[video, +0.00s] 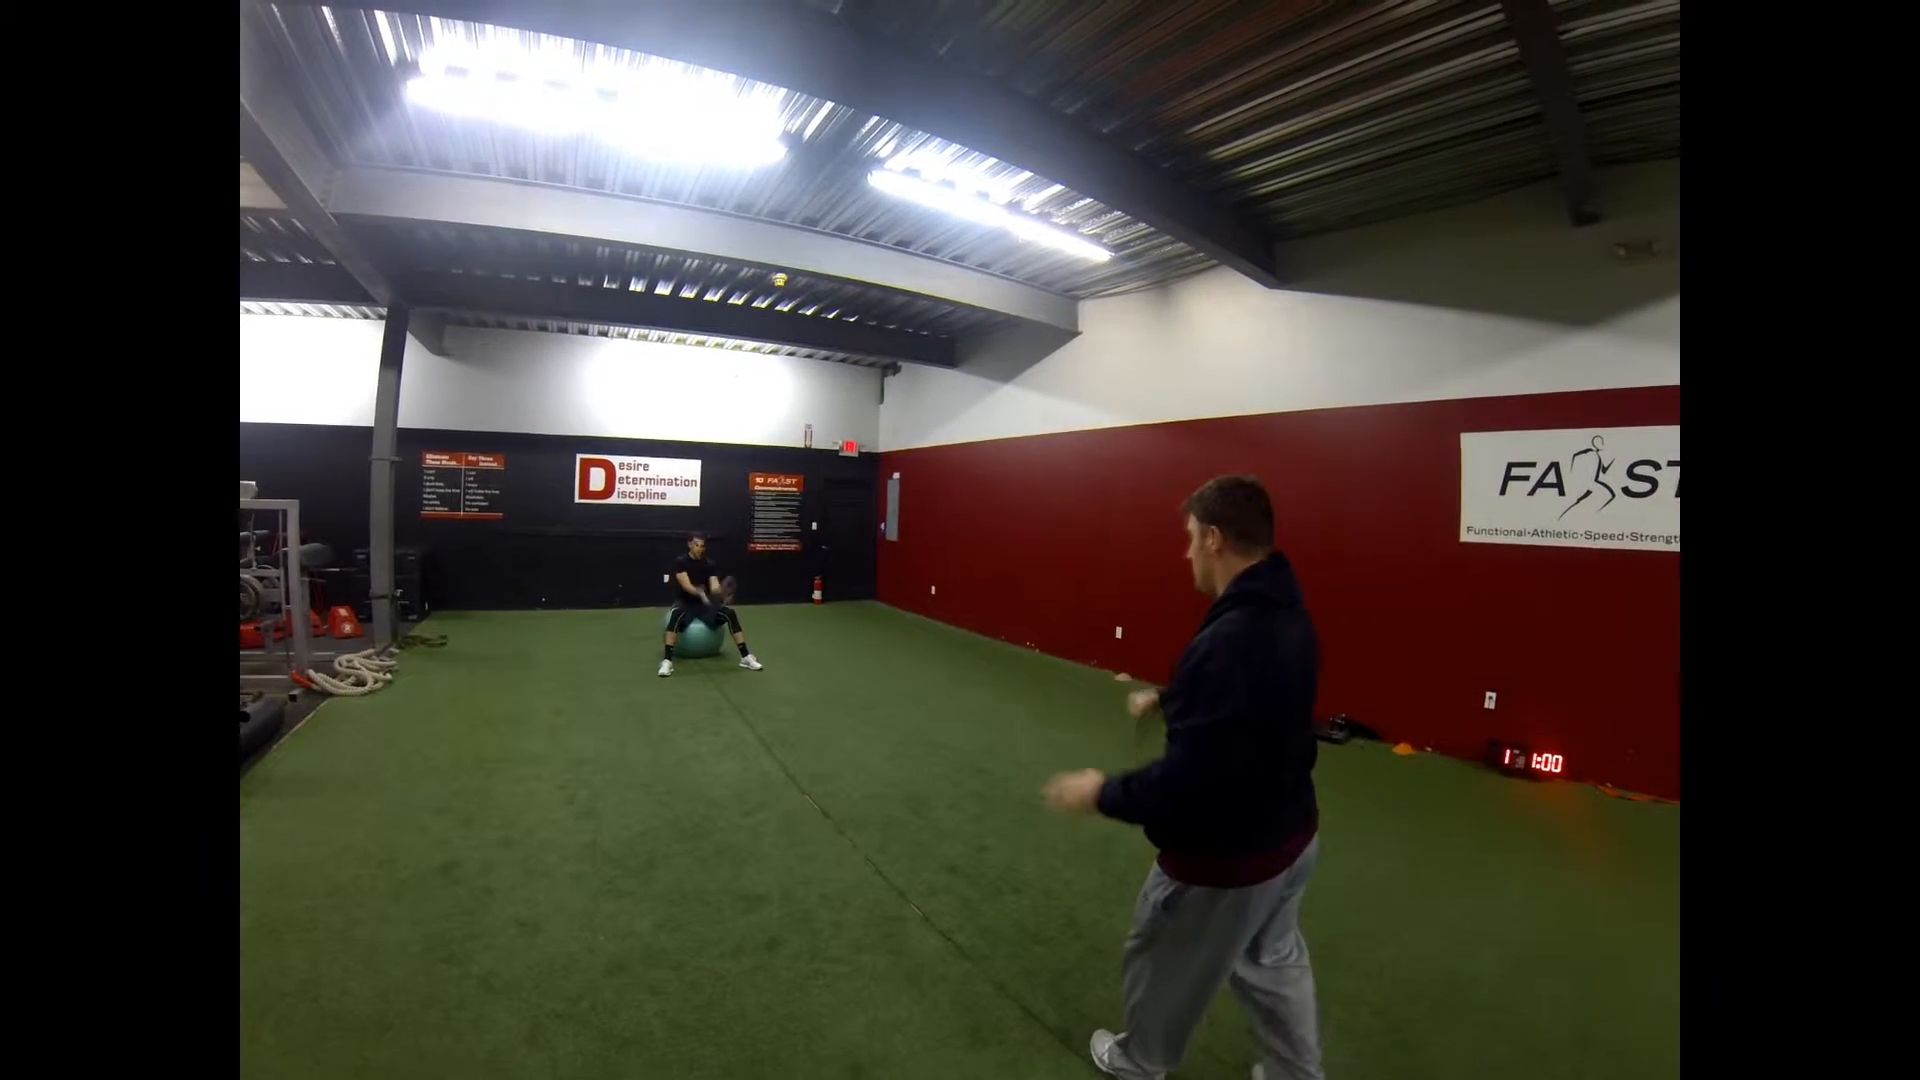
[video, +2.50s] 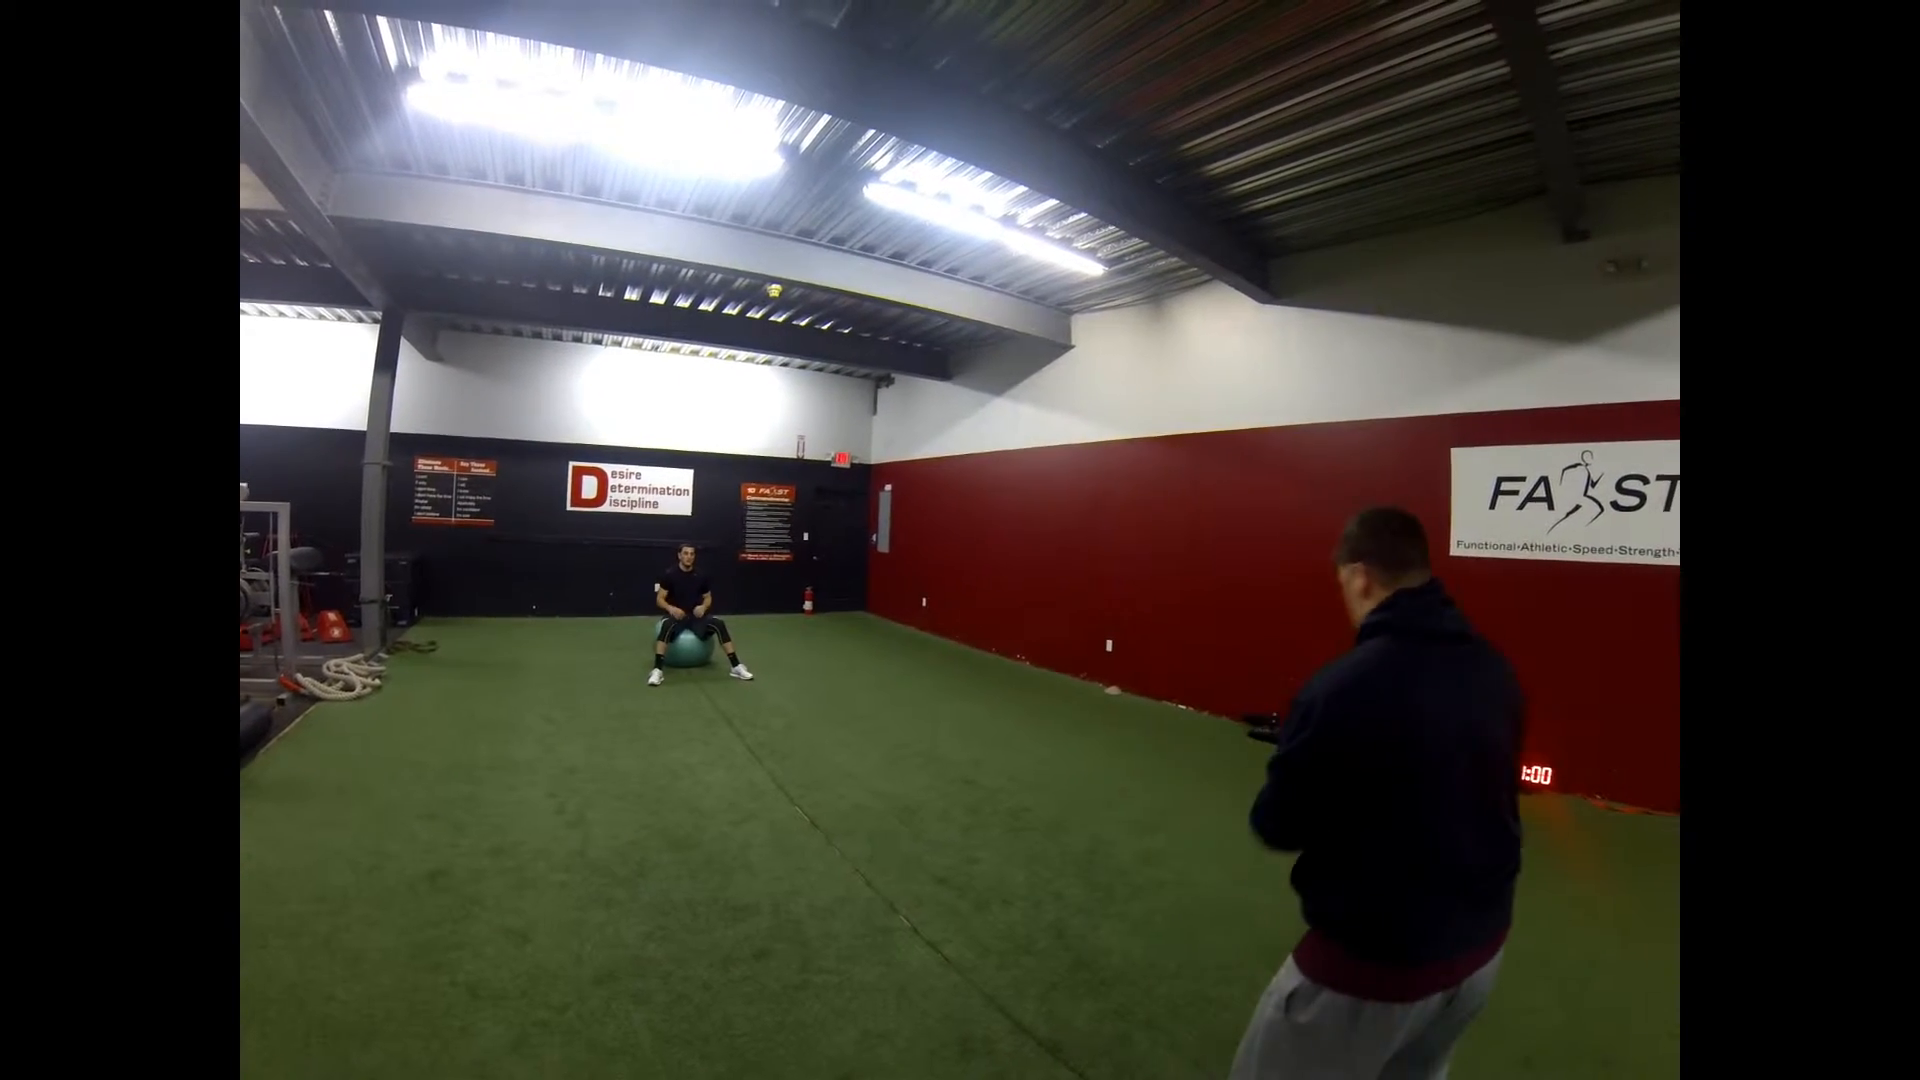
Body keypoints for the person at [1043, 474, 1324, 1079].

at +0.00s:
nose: (1188, 554)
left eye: (1189, 539)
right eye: (1187, 540)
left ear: (1212, 538)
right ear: (1259, 536)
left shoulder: (1227, 641)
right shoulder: (1285, 612)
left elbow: (1191, 779)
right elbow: (1247, 694)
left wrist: (1103, 793)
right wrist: (1171, 700)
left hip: (1216, 861)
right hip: (1289, 839)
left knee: (1163, 963)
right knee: (1273, 963)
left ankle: (1141, 1059)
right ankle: (1297, 1069)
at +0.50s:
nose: (1287, 563)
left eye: (1292, 547)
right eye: (1288, 547)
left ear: (1320, 548)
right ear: (1340, 547)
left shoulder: (1334, 644)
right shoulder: (1386, 628)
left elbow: (1286, 776)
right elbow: (1360, 740)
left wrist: (1197, 792)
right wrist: (1278, 744)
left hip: (1297, 874)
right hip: (1362, 859)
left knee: (1220, 983)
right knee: (1325, 990)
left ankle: (1151, 1063)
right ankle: (1304, 1074)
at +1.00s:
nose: (1331, 548)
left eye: (1340, 532)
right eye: (1334, 533)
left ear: (1374, 542)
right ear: (1388, 543)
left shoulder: (1366, 648)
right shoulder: (1425, 634)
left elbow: (1309, 784)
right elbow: (1392, 767)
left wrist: (1225, 786)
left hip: (1317, 898)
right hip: (1381, 884)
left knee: (1269, 1058)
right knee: (1333, 1039)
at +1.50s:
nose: (1304, 544)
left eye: (1316, 528)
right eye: (1310, 528)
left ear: (1353, 546)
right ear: (1363, 547)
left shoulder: (1347, 666)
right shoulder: (1414, 645)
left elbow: (1262, 847)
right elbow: (1368, 775)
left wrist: (1196, 806)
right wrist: (1268, 767)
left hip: (1306, 957)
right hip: (1373, 931)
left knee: (1266, 1069)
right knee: (1313, 1066)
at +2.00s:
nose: (1287, 561)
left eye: (1297, 543)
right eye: (1292, 543)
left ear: (1330, 558)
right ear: (1385, 563)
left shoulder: (1319, 680)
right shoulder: (1407, 655)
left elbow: (1188, 794)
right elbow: (1325, 751)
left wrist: (1144, 748)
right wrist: (1220, 730)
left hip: (1321, 974)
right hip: (1410, 945)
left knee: (1251, 1069)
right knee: (1330, 1065)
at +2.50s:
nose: (1342, 591)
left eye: (1342, 576)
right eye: (1341, 578)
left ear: (1360, 576)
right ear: (1424, 570)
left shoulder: (1343, 690)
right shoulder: (1490, 669)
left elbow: (1276, 823)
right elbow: (1482, 794)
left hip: (1359, 978)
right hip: (1471, 962)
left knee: (1267, 1070)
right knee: (1412, 1072)